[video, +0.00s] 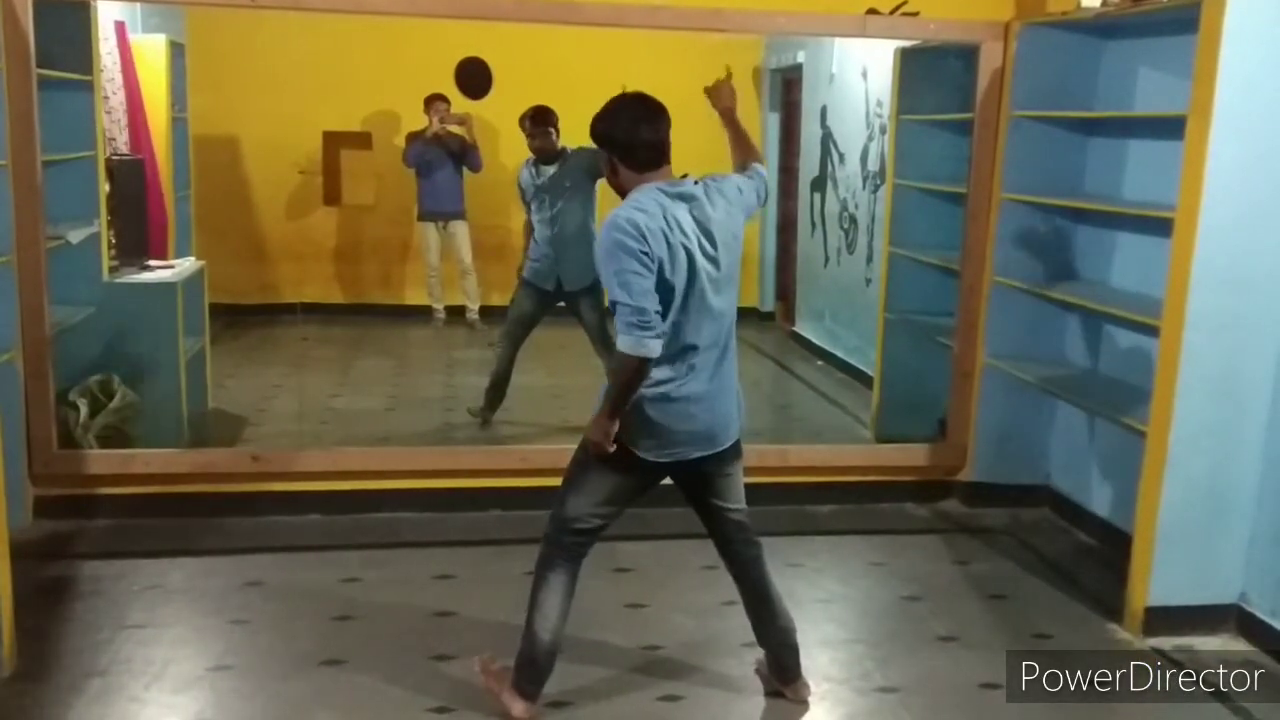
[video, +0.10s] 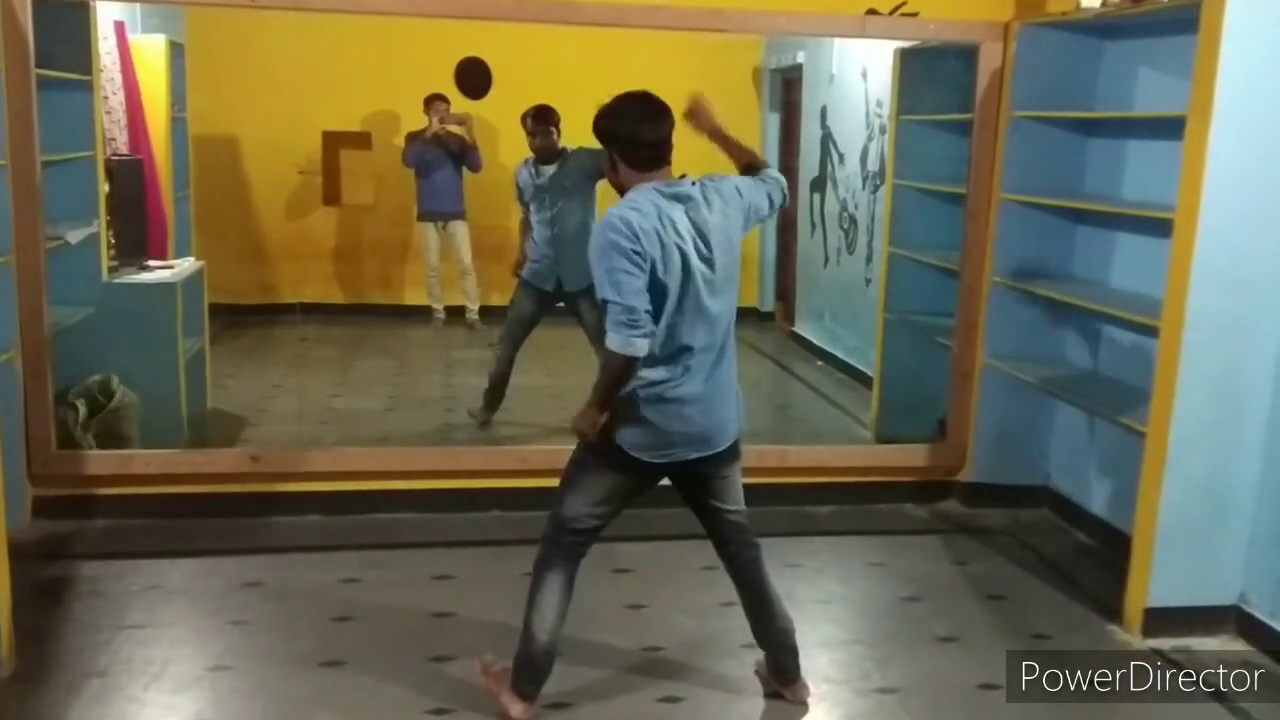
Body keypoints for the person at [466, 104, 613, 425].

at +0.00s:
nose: (534, 143)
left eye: (539, 136)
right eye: (529, 137)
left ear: (556, 133)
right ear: (525, 138)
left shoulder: (583, 161)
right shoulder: (527, 174)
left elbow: (623, 161)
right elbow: (531, 221)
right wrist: (524, 267)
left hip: (580, 272)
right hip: (539, 272)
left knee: (603, 343)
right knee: (509, 339)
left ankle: (630, 405)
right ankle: (487, 410)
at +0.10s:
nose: (540, 141)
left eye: (545, 134)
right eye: (534, 135)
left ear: (558, 133)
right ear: (527, 137)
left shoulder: (582, 161)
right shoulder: (525, 173)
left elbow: (625, 158)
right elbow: (527, 216)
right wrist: (521, 254)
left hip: (580, 273)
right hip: (538, 272)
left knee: (607, 346)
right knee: (508, 343)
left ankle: (623, 410)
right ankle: (487, 411)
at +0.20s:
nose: (539, 139)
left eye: (545, 132)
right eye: (533, 133)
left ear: (559, 132)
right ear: (526, 135)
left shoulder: (582, 162)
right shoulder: (522, 173)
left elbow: (623, 171)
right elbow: (521, 216)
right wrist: (518, 256)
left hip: (580, 273)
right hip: (537, 273)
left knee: (606, 343)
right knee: (507, 342)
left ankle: (607, 406)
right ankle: (487, 409)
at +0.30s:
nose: (538, 137)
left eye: (545, 131)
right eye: (533, 131)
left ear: (559, 132)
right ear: (526, 134)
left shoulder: (581, 164)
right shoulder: (521, 172)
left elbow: (619, 187)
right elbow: (519, 216)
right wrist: (517, 255)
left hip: (579, 272)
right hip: (537, 273)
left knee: (604, 342)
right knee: (506, 345)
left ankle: (600, 405)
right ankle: (488, 409)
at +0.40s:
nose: (539, 136)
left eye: (546, 129)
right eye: (534, 130)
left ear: (559, 131)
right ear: (526, 133)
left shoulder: (585, 171)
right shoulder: (519, 173)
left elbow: (610, 214)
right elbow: (517, 218)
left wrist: (606, 256)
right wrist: (516, 255)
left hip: (581, 272)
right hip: (538, 272)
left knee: (594, 343)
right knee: (507, 342)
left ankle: (581, 408)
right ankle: (486, 412)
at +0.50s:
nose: (545, 136)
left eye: (551, 129)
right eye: (538, 129)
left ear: (562, 130)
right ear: (529, 132)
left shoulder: (585, 173)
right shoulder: (519, 172)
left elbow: (601, 218)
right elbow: (512, 216)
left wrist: (597, 260)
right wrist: (511, 254)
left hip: (579, 274)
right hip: (537, 273)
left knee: (598, 343)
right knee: (507, 344)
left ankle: (597, 409)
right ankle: (486, 412)